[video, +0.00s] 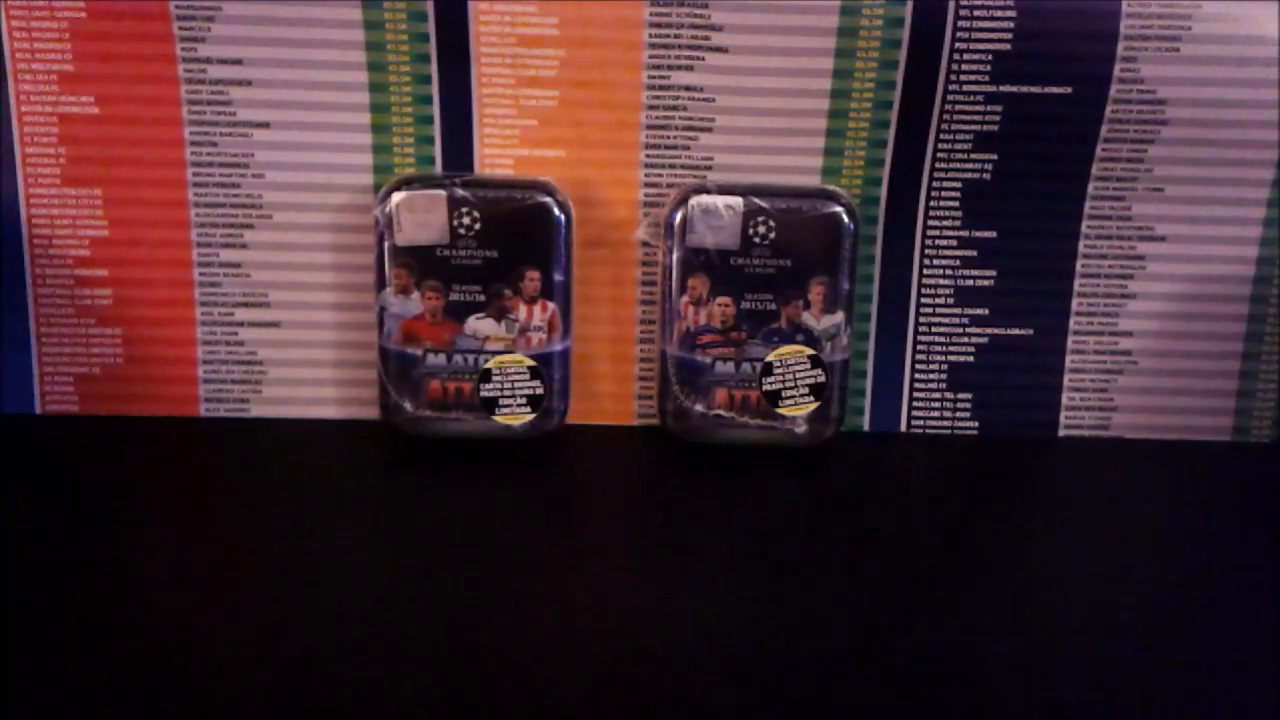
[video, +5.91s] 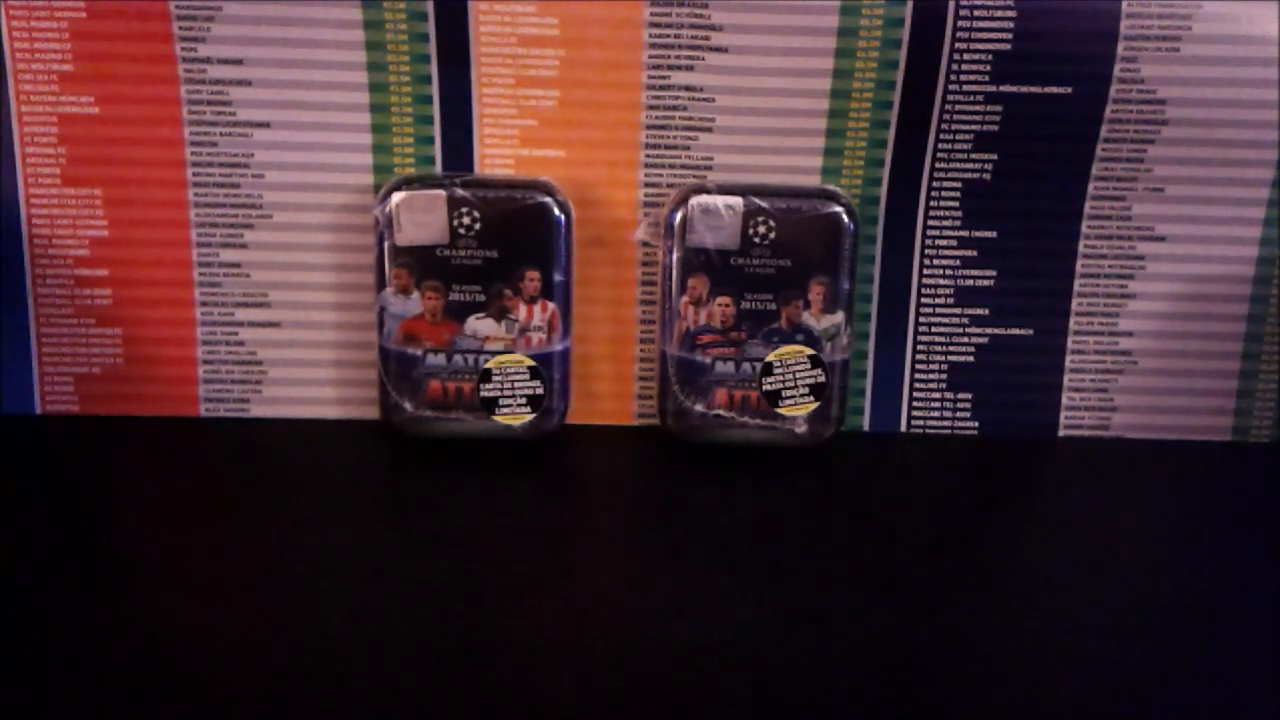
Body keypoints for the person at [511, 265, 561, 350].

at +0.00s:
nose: (536, 285)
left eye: (538, 280)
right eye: (531, 280)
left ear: (541, 283)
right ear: (521, 283)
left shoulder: (551, 308)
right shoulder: (512, 305)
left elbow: (556, 338)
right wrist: (520, 330)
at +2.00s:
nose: (536, 285)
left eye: (538, 280)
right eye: (531, 280)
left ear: (541, 283)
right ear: (521, 284)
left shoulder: (551, 308)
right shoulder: (512, 305)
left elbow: (556, 336)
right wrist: (520, 329)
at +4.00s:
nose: (536, 285)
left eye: (538, 281)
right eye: (531, 280)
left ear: (541, 283)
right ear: (521, 284)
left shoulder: (550, 308)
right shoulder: (512, 305)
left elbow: (556, 335)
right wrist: (520, 328)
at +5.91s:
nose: (536, 285)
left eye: (538, 281)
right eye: (531, 280)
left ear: (541, 283)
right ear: (521, 284)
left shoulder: (551, 308)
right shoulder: (512, 305)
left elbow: (556, 336)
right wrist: (520, 329)